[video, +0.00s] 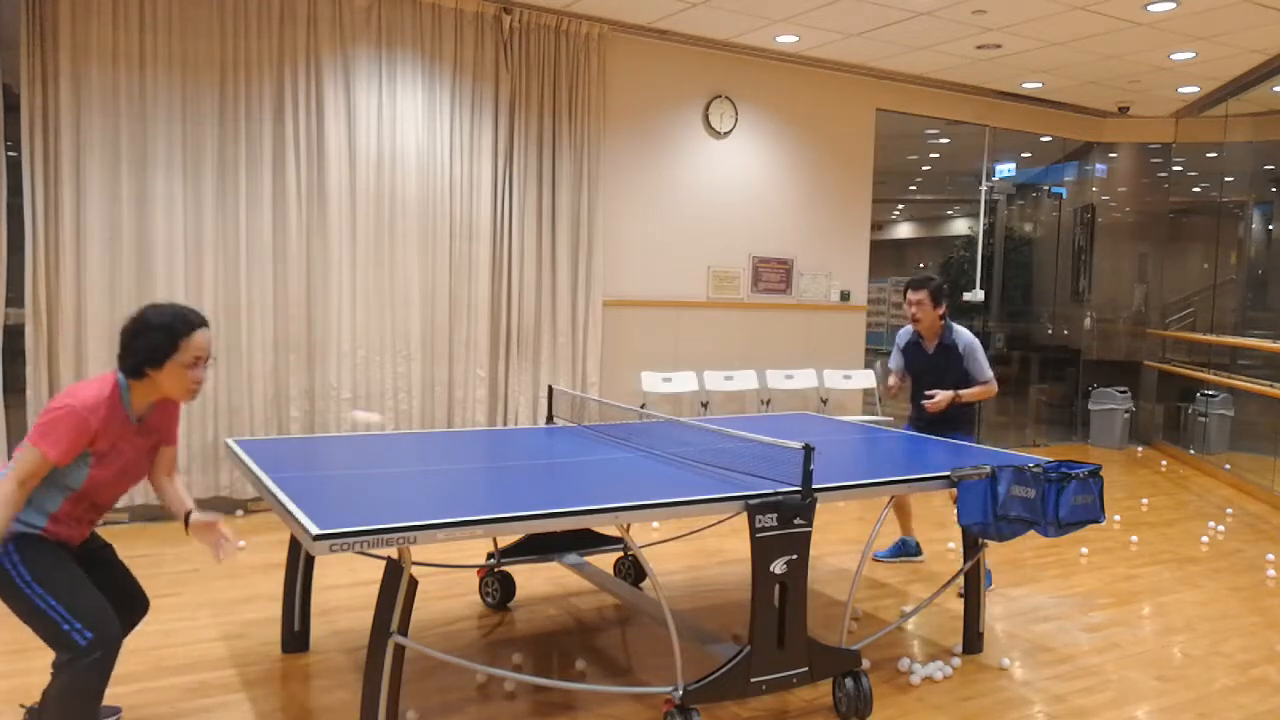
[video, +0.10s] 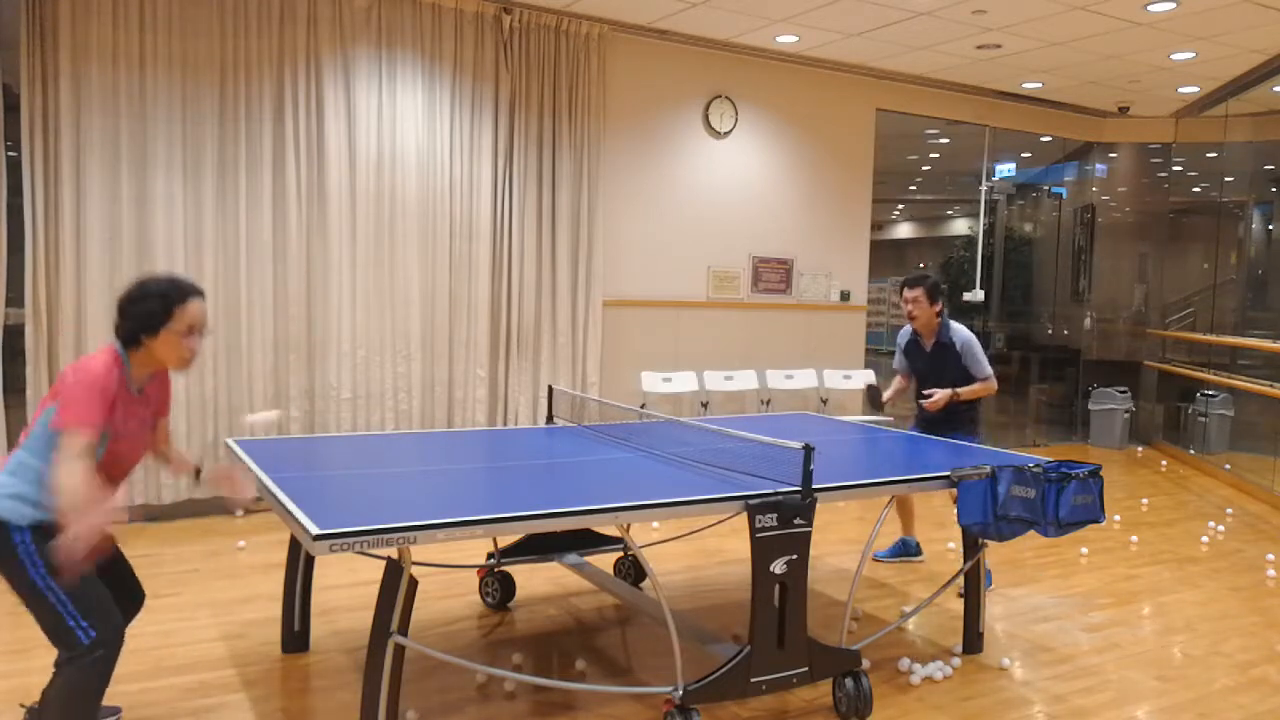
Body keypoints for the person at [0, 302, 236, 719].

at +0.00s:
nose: (203, 375)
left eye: (206, 363)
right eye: (195, 364)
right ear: (153, 363)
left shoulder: (164, 405)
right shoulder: (84, 408)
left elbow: (165, 476)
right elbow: (16, 481)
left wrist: (191, 516)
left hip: (70, 535)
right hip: (19, 536)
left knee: (129, 605)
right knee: (96, 636)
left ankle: (62, 704)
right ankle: (63, 713)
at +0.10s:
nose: (197, 345)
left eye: (200, 333)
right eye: (189, 333)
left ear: (155, 337)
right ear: (148, 334)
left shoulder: (157, 379)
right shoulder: (95, 375)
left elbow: (160, 449)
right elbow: (70, 470)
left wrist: (208, 475)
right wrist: (85, 522)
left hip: (65, 511)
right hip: (19, 518)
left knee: (126, 598)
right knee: (96, 635)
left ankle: (61, 703)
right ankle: (62, 714)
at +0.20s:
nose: (191, 303)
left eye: (193, 291)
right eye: (183, 291)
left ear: (154, 293)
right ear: (143, 291)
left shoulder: (140, 334)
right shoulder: (98, 329)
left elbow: (157, 397)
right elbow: (132, 399)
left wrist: (214, 396)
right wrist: (217, 351)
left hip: (81, 499)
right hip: (38, 499)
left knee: (114, 591)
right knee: (87, 630)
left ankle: (70, 701)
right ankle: (54, 714)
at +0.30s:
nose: (183, 268)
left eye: (183, 257)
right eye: (174, 258)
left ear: (138, 264)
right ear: (136, 263)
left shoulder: (133, 314)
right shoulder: (103, 297)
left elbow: (167, 369)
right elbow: (167, 345)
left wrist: (227, 340)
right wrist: (224, 286)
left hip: (84, 480)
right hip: (60, 479)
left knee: (92, 611)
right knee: (91, 618)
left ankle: (64, 701)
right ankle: (61, 711)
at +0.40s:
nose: (178, 254)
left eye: (176, 244)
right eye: (169, 245)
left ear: (135, 256)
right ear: (133, 256)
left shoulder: (120, 301)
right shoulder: (104, 296)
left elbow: (172, 359)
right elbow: (174, 347)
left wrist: (227, 319)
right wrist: (232, 276)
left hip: (88, 476)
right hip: (77, 477)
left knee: (81, 601)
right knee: (108, 613)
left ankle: (56, 706)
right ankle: (80, 712)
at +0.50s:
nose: (179, 261)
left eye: (176, 250)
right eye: (169, 252)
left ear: (136, 266)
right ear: (135, 265)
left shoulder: (115, 311)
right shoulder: (107, 309)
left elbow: (168, 371)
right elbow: (172, 369)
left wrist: (229, 334)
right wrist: (235, 305)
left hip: (89, 491)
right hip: (83, 495)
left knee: (91, 605)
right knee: (127, 628)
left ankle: (53, 711)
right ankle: (96, 714)